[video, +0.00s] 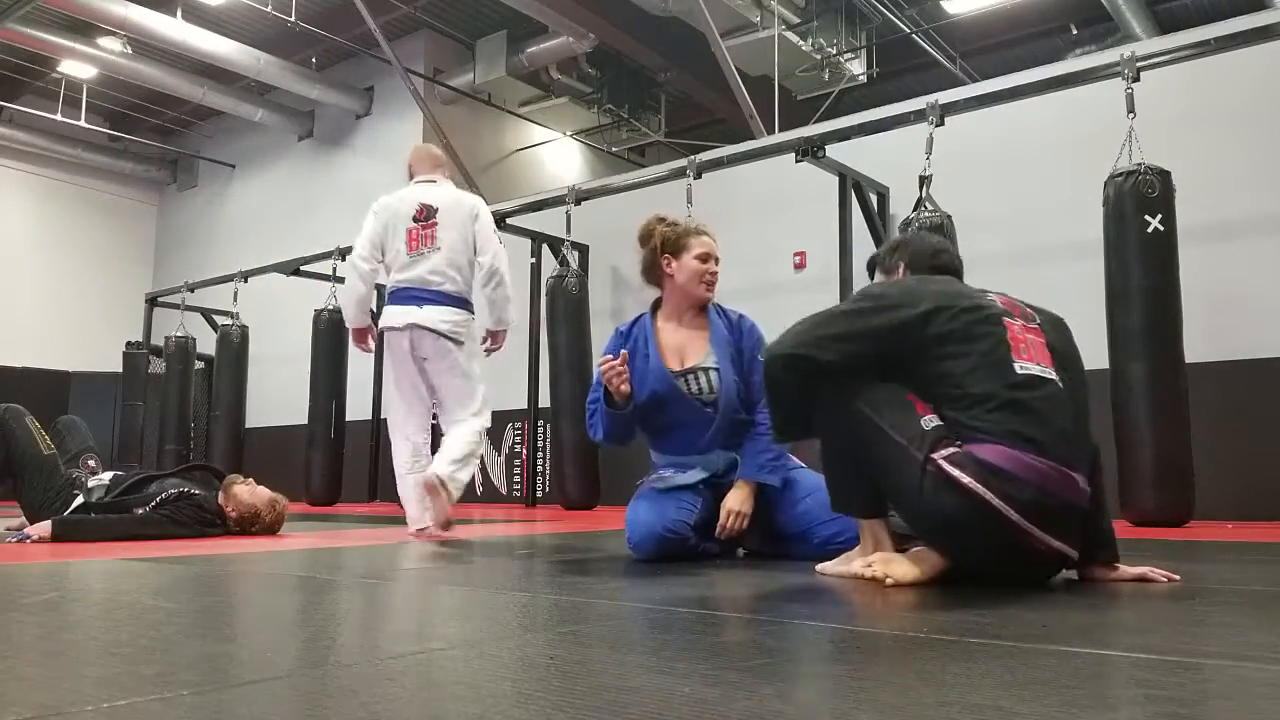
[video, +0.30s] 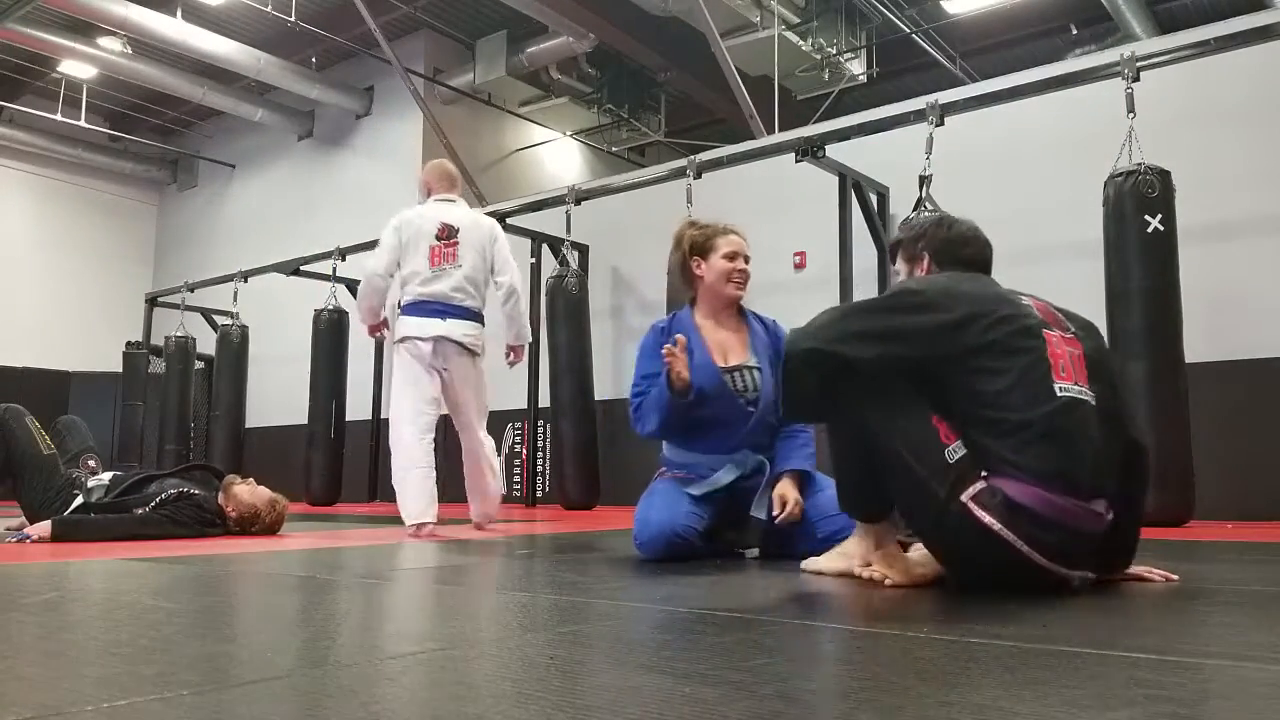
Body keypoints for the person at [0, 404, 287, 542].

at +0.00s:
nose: (247, 476)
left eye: (249, 488)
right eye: (255, 483)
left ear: (233, 510)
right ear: (235, 505)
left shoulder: (197, 513)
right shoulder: (216, 491)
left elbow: (128, 524)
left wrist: (56, 527)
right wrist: (112, 481)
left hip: (68, 501)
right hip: (101, 485)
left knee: (12, 414)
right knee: (68, 421)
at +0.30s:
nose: (246, 476)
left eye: (249, 488)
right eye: (254, 483)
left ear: (233, 510)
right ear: (235, 505)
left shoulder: (196, 513)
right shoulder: (215, 490)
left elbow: (128, 524)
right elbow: (155, 485)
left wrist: (55, 526)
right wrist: (112, 480)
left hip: (67, 500)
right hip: (101, 484)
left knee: (11, 414)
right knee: (68, 421)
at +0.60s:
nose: (246, 476)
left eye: (249, 488)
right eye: (254, 483)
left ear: (233, 510)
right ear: (236, 505)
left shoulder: (197, 512)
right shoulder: (215, 489)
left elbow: (129, 525)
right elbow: (152, 486)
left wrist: (56, 526)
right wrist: (112, 481)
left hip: (68, 500)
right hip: (100, 485)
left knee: (11, 414)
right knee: (68, 421)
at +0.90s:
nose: (247, 476)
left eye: (249, 488)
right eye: (255, 483)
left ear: (234, 511)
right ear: (236, 504)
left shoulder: (197, 512)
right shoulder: (215, 489)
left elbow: (130, 524)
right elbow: (152, 486)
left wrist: (56, 526)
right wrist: (112, 481)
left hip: (67, 499)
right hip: (100, 485)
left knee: (12, 414)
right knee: (69, 421)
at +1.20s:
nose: (248, 477)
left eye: (251, 488)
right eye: (256, 483)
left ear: (234, 510)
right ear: (236, 504)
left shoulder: (199, 513)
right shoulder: (214, 486)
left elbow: (130, 525)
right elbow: (150, 485)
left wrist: (56, 526)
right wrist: (111, 481)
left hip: (69, 500)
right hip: (99, 486)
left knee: (11, 414)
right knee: (69, 422)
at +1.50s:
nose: (249, 477)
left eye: (251, 488)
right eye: (257, 483)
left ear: (235, 511)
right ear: (237, 505)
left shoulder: (200, 513)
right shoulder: (216, 489)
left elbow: (131, 525)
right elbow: (150, 485)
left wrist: (56, 526)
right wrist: (112, 480)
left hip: (70, 501)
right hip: (101, 485)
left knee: (12, 414)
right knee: (69, 422)